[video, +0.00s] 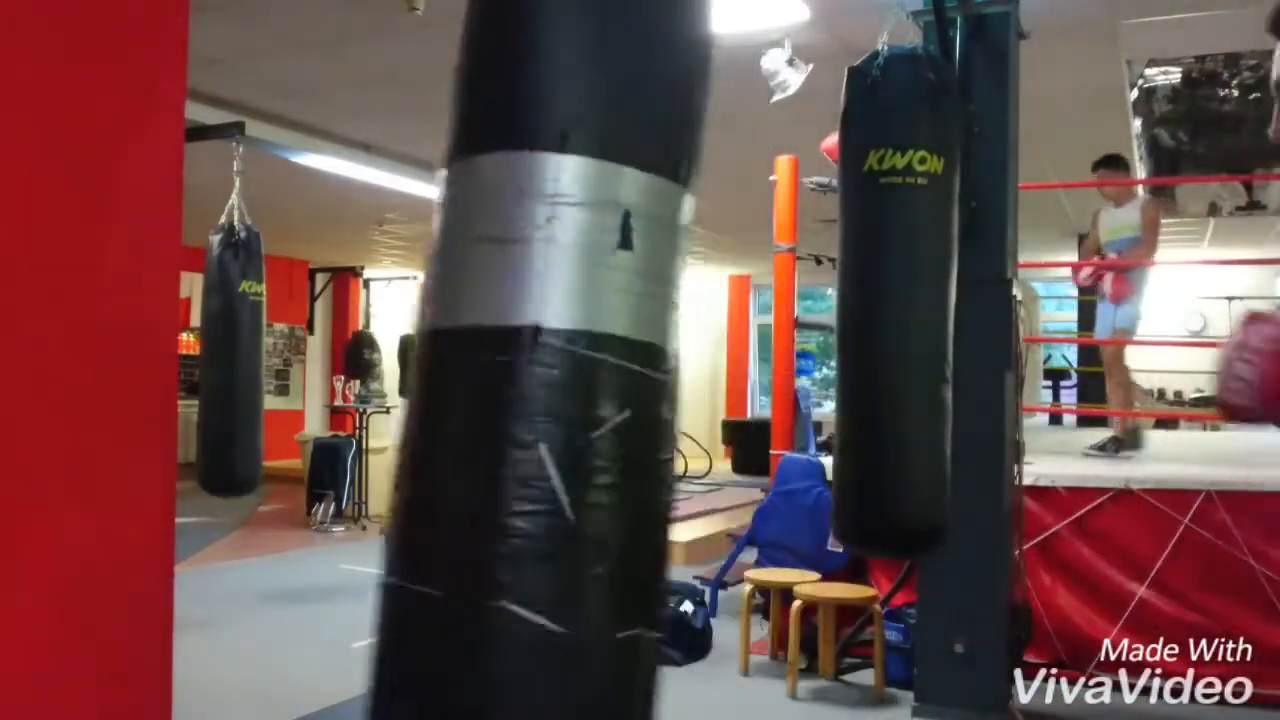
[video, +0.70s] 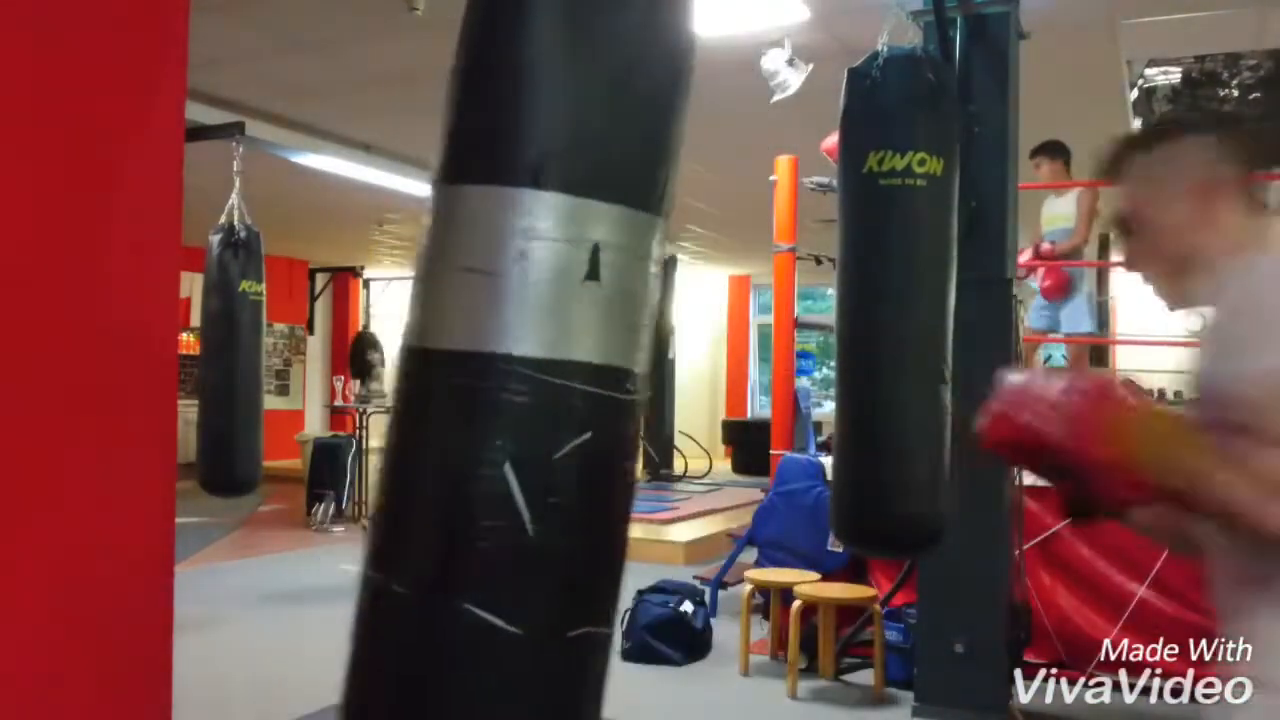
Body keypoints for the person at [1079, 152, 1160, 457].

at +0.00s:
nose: (1102, 189)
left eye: (1106, 182)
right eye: (1099, 184)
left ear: (1124, 179)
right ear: (1099, 184)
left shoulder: (1146, 207)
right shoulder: (1102, 215)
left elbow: (1147, 252)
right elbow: (1089, 251)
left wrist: (1114, 263)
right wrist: (1086, 267)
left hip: (1131, 286)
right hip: (1106, 288)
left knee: (1113, 354)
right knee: (1108, 356)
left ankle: (1124, 428)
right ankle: (1124, 426)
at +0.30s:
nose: (1072, 181)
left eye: (1076, 174)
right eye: (1069, 176)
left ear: (1094, 172)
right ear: (1075, 178)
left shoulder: (1116, 202)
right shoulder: (1077, 210)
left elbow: (1114, 250)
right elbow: (1066, 247)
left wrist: (1080, 263)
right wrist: (1059, 266)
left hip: (1102, 286)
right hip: (1079, 286)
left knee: (1089, 358)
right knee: (1086, 360)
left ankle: (1080, 433)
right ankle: (1095, 431)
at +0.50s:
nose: (1054, 175)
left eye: (1057, 168)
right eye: (1052, 169)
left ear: (1076, 166)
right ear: (1062, 170)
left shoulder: (1099, 193)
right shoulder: (1064, 203)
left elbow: (1096, 238)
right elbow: (1056, 240)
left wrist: (1066, 255)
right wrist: (1046, 256)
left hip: (1088, 283)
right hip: (1060, 283)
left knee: (1084, 356)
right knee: (1051, 356)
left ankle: (1077, 431)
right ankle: (1065, 422)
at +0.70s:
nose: (1037, 173)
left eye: (1039, 166)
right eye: (1035, 167)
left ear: (1058, 163)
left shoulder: (1084, 193)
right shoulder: (1048, 202)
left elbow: (1081, 239)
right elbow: (1041, 239)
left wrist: (1051, 251)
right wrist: (1031, 254)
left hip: (1073, 275)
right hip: (1048, 276)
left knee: (1077, 351)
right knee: (1028, 343)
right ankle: (1030, 396)